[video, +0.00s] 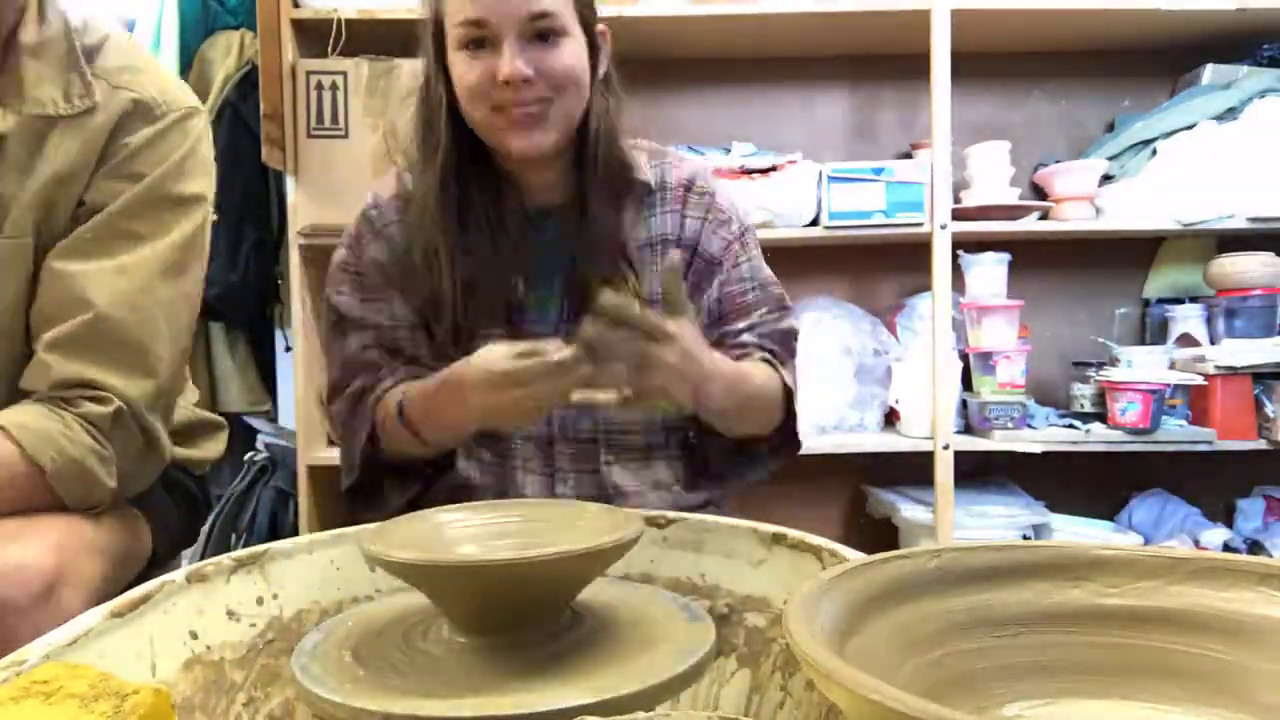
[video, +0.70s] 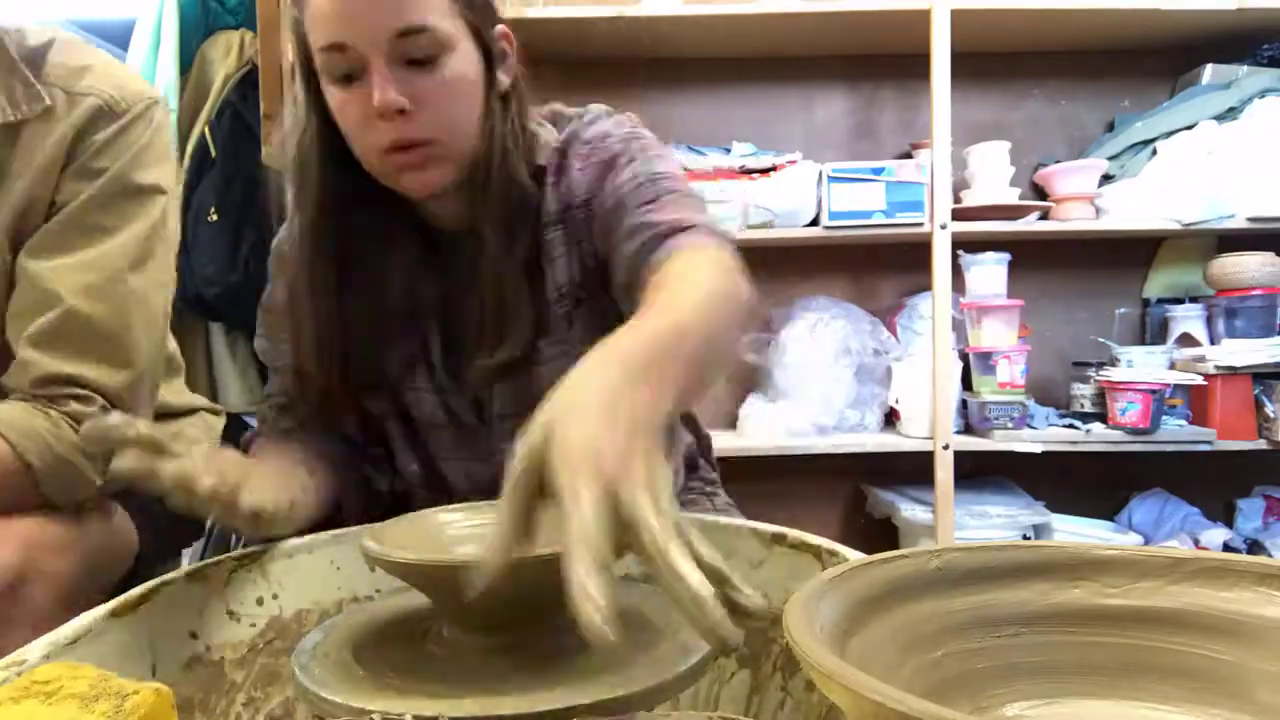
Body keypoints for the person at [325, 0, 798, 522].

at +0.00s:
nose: (513, 70)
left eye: (543, 36)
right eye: (477, 43)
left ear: (596, 48)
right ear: (443, 67)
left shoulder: (684, 203)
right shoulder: (394, 229)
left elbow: (773, 399)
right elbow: (364, 424)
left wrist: (708, 381)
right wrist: (462, 400)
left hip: (667, 550)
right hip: (474, 562)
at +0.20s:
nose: (530, 116)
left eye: (553, 75)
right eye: (488, 98)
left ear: (612, 72)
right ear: (460, 123)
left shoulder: (708, 216)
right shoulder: (417, 232)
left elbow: (738, 450)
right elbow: (402, 456)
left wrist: (649, 365)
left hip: (669, 563)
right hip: (481, 570)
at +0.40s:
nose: (532, 138)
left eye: (570, 91)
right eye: (491, 100)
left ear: (638, 79)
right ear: (453, 105)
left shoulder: (721, 232)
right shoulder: (395, 225)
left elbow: (777, 449)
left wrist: (767, 482)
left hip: (657, 591)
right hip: (447, 593)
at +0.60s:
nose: (522, 112)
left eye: (556, 76)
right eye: (490, 81)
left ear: (618, 73)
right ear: (462, 87)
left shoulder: (690, 208)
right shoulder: (409, 207)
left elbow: (724, 419)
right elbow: (351, 403)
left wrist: (593, 357)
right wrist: (436, 334)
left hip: (650, 558)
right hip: (461, 559)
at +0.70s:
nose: (386, 102)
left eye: (419, 56)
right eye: (346, 73)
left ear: (500, 55)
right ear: (320, 94)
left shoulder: (595, 159)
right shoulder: (319, 248)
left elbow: (708, 279)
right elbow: (314, 428)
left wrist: (627, 384)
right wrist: (273, 479)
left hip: (642, 573)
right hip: (435, 590)